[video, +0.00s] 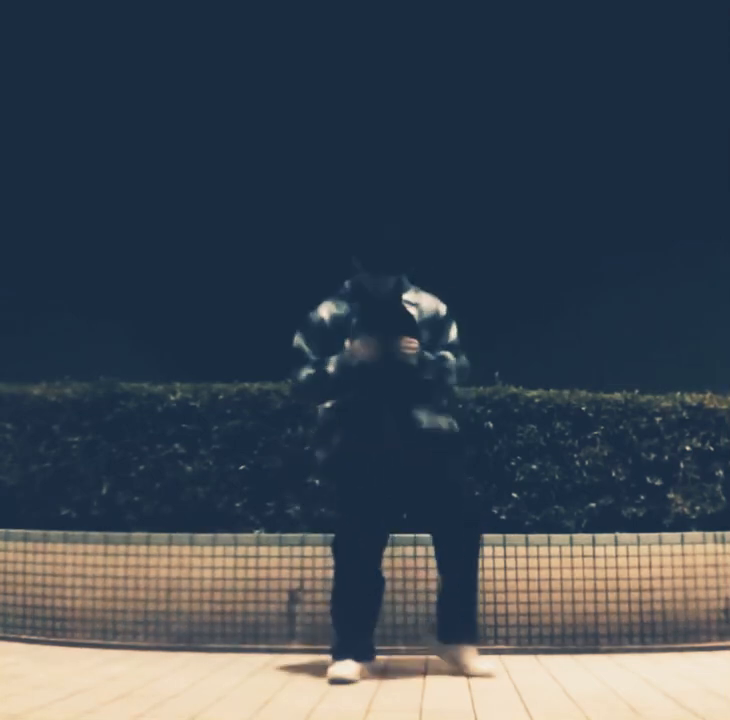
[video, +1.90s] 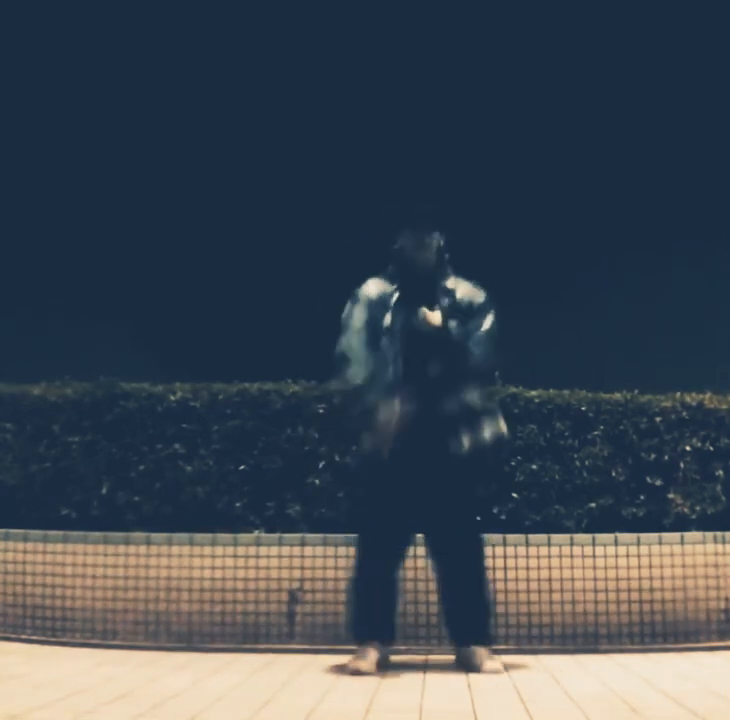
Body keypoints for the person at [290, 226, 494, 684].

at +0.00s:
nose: (382, 281)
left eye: (391, 272)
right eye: (373, 271)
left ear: (404, 272)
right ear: (356, 270)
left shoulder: (429, 311)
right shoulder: (329, 316)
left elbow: (460, 371)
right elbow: (300, 383)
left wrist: (419, 358)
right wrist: (345, 360)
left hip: (428, 448)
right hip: (360, 450)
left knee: (462, 530)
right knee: (356, 545)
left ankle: (457, 639)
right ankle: (350, 654)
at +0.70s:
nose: (418, 262)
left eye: (426, 253)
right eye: (409, 253)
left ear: (440, 255)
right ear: (393, 257)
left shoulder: (471, 305)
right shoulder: (370, 308)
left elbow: (497, 362)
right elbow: (351, 374)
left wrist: (456, 404)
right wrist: (391, 339)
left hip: (462, 454)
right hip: (399, 454)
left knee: (487, 548)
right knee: (389, 549)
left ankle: (521, 651)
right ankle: (341, 652)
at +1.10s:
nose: (414, 277)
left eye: (422, 272)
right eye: (406, 272)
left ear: (436, 285)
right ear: (391, 283)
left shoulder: (468, 320)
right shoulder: (368, 312)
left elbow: (513, 362)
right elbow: (344, 326)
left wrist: (447, 352)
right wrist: (395, 293)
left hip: (461, 480)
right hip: (380, 479)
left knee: (525, 548)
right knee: (330, 557)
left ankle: (548, 656)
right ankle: (307, 657)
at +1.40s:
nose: (422, 260)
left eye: (433, 250)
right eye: (413, 249)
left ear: (447, 245)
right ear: (399, 243)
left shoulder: (468, 275)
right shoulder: (379, 270)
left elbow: (510, 309)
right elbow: (334, 275)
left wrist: (438, 321)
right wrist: (377, 305)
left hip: (462, 430)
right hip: (389, 429)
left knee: (488, 527)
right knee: (359, 523)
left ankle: (501, 638)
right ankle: (355, 635)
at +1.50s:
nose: (424, 267)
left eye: (433, 258)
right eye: (416, 258)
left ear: (448, 257)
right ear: (401, 254)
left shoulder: (469, 305)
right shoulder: (370, 292)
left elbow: (476, 375)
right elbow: (356, 350)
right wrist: (382, 384)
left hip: (453, 446)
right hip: (391, 445)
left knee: (457, 544)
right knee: (386, 542)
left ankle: (467, 646)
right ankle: (377, 647)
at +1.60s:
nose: (423, 264)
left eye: (433, 255)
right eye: (415, 255)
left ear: (448, 255)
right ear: (401, 252)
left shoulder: (470, 307)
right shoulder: (371, 294)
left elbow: (480, 376)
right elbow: (359, 364)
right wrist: (378, 410)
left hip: (456, 447)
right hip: (388, 445)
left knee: (470, 539)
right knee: (375, 539)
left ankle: (471, 644)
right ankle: (373, 645)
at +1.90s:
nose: (416, 254)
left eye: (424, 244)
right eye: (409, 244)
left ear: (441, 249)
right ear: (397, 250)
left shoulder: (470, 300)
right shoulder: (373, 298)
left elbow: (482, 361)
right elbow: (355, 365)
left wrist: (443, 331)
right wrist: (380, 404)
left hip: (454, 444)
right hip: (389, 446)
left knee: (460, 542)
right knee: (379, 543)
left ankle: (473, 644)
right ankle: (370, 645)